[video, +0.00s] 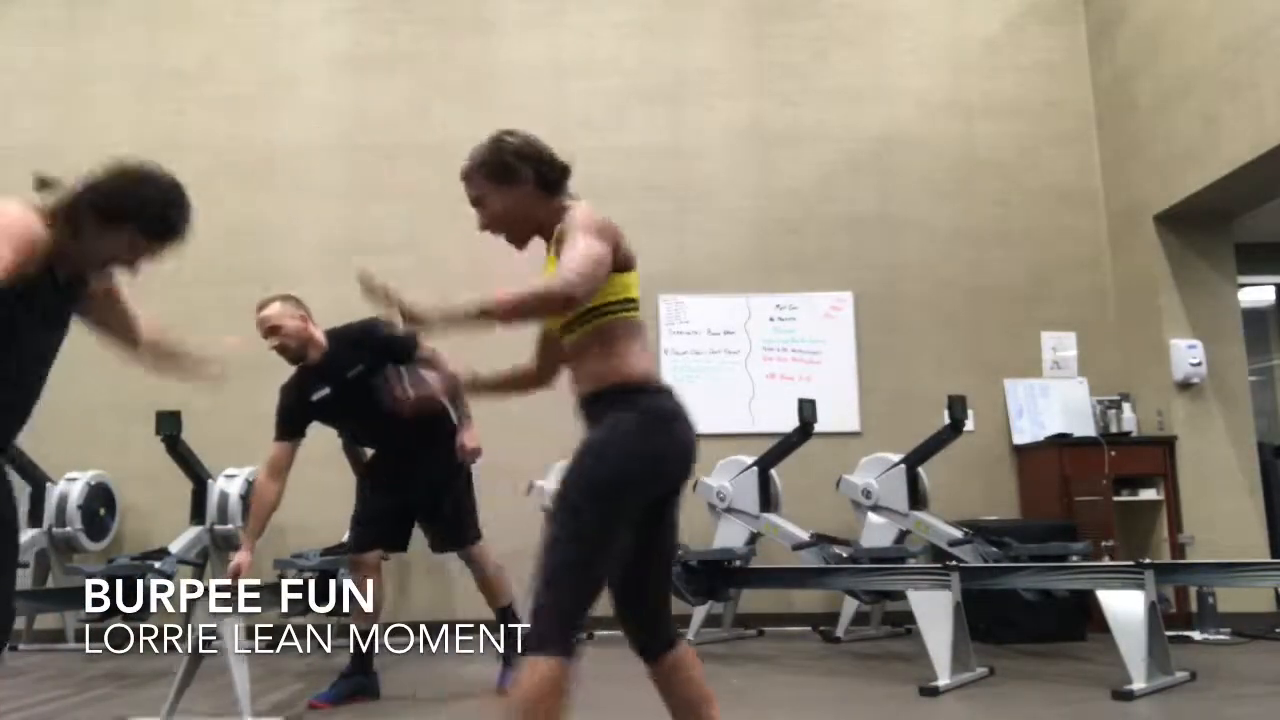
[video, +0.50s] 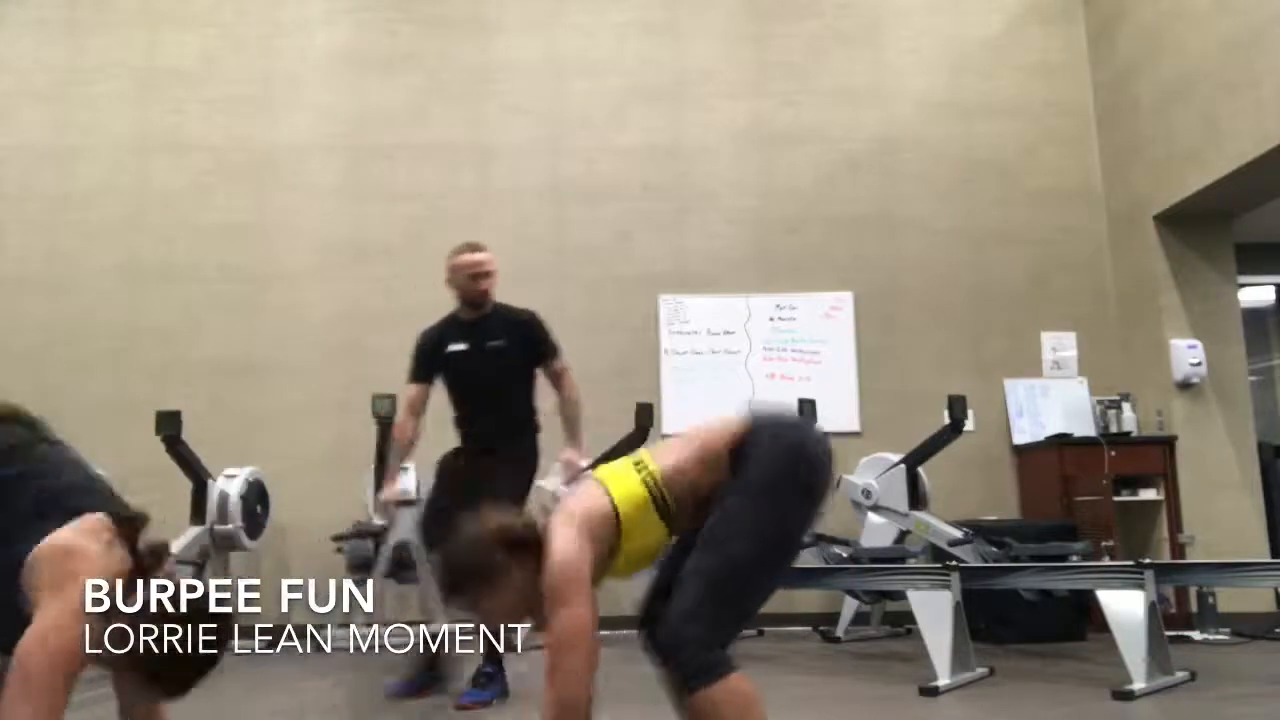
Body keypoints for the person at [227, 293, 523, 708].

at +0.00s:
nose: (272, 343)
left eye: (275, 330)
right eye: (266, 337)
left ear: (305, 319)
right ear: (271, 342)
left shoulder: (369, 337)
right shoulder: (297, 394)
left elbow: (438, 362)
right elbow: (273, 473)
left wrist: (466, 423)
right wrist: (246, 546)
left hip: (436, 444)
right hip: (385, 458)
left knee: (469, 545)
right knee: (364, 557)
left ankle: (516, 642)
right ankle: (362, 671)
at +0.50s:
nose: (481, 285)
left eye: (487, 276)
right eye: (471, 278)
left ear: (497, 277)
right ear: (451, 282)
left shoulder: (524, 326)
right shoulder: (436, 339)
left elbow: (563, 381)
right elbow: (412, 411)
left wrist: (574, 446)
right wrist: (392, 474)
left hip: (516, 456)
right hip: (468, 458)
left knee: (494, 556)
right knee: (431, 544)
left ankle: (492, 667)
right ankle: (431, 657)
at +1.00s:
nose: (599, 285)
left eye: (602, 278)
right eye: (590, 279)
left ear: (606, 280)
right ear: (566, 283)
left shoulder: (629, 327)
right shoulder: (545, 340)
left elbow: (657, 380)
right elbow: (536, 408)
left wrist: (670, 432)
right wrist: (537, 472)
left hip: (626, 450)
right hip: (579, 452)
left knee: (635, 543)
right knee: (570, 550)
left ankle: (665, 639)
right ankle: (580, 651)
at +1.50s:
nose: (661, 319)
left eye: (664, 310)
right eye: (651, 314)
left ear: (670, 307)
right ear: (634, 318)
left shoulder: (708, 337)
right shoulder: (630, 370)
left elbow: (749, 380)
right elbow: (633, 441)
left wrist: (773, 436)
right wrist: (650, 507)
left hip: (719, 456)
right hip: (675, 461)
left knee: (716, 550)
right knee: (674, 553)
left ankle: (720, 649)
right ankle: (700, 641)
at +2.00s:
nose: (648, 347)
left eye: (650, 336)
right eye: (638, 344)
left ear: (659, 329)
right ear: (628, 349)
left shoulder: (705, 351)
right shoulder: (636, 396)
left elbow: (750, 382)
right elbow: (645, 457)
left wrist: (771, 441)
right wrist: (650, 507)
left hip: (731, 461)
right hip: (686, 470)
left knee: (723, 552)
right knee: (687, 554)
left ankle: (725, 647)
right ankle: (700, 643)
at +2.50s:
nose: (687, 297)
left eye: (691, 288)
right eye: (678, 292)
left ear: (701, 290)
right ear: (666, 299)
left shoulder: (737, 327)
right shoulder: (659, 354)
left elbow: (771, 378)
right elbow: (650, 419)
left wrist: (785, 432)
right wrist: (656, 472)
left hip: (752, 450)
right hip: (703, 458)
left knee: (785, 523)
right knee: (700, 551)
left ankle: (787, 620)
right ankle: (703, 643)